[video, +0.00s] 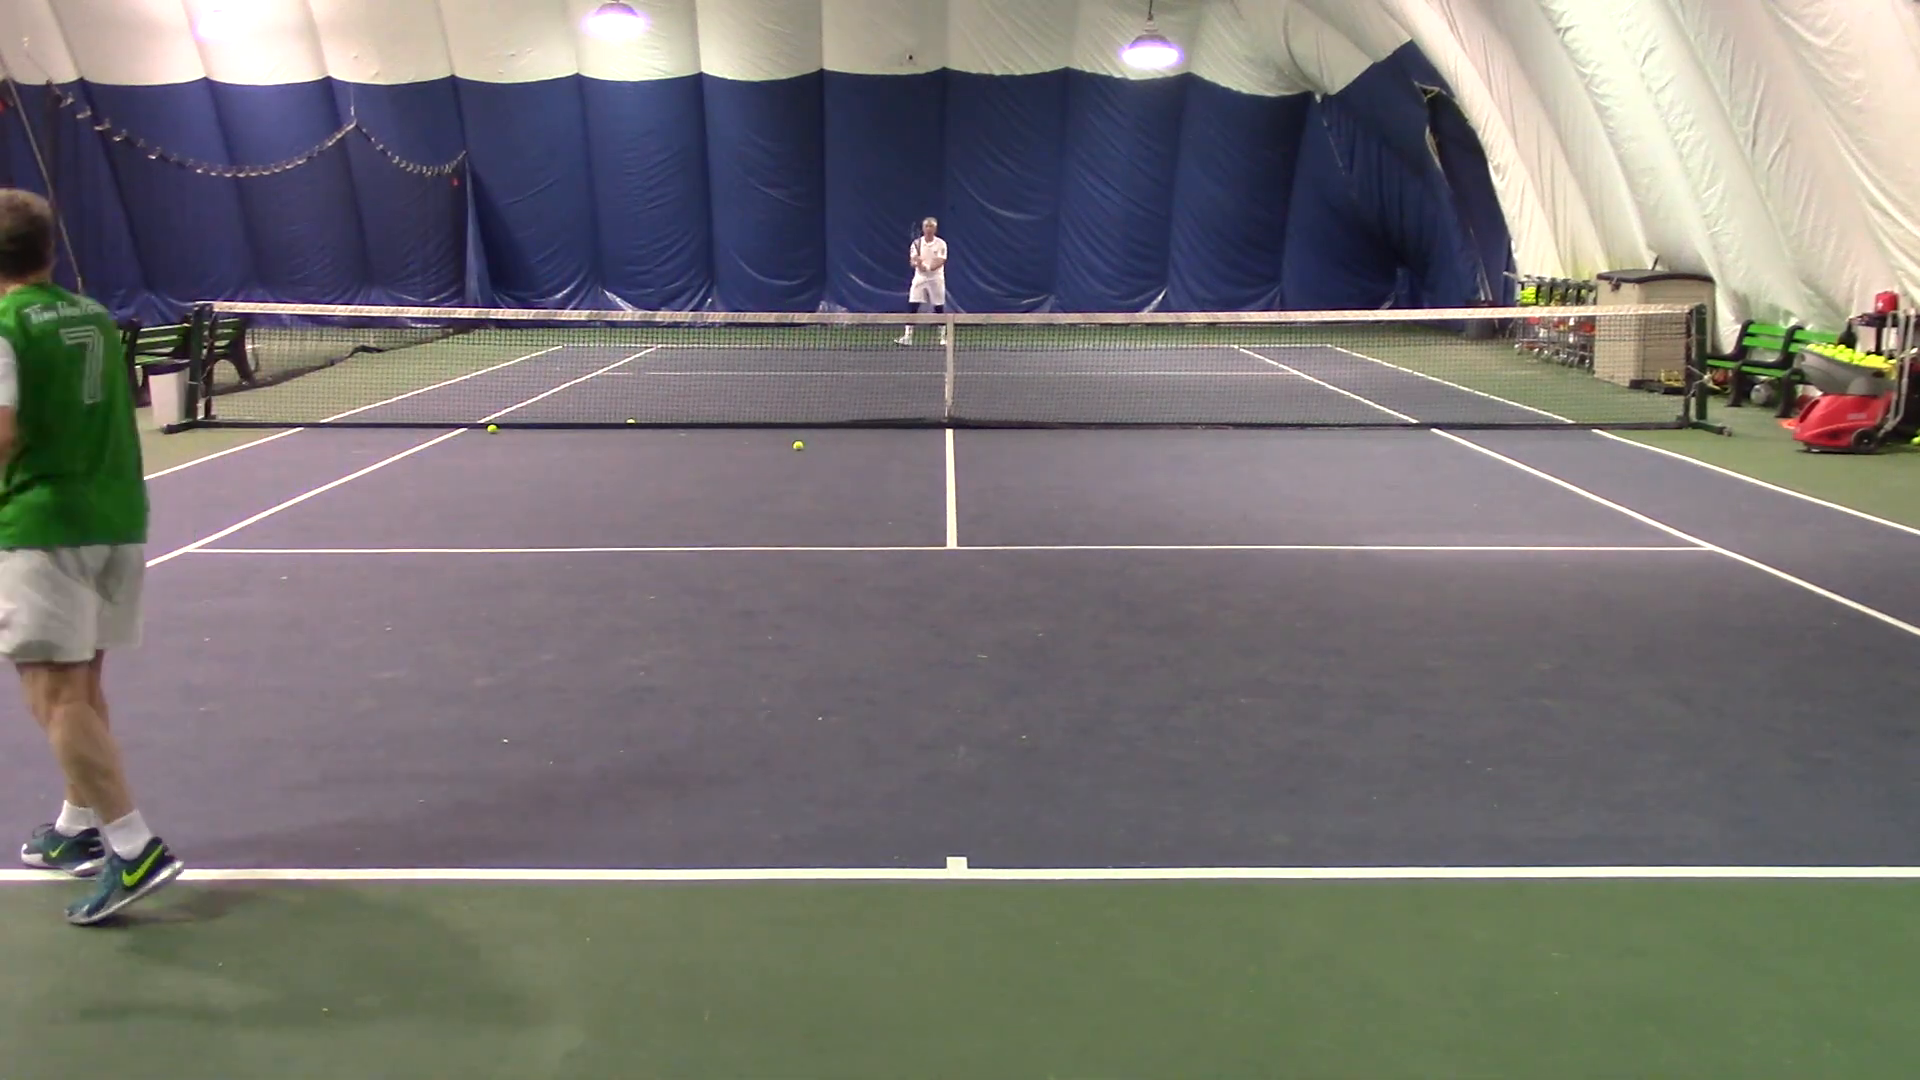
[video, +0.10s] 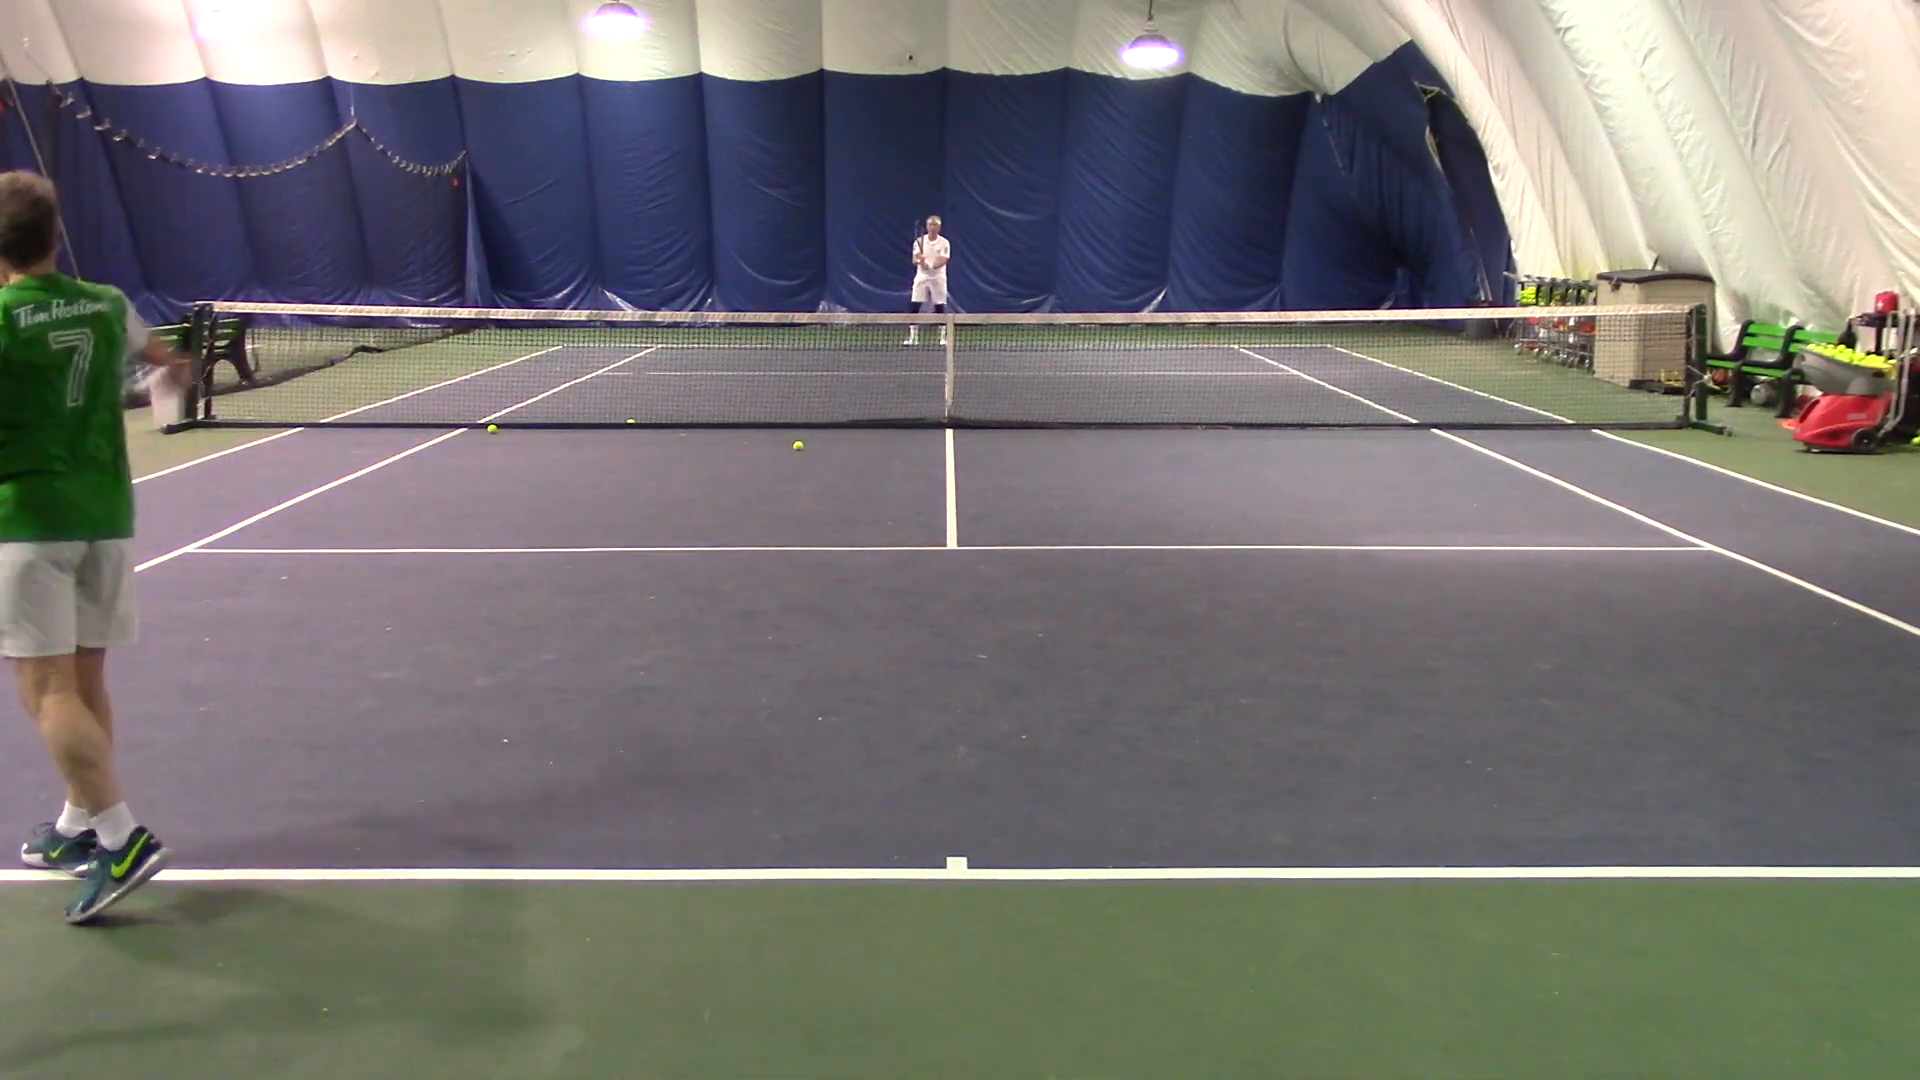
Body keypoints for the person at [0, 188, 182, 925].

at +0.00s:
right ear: (49, 251)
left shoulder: (11, 324)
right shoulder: (97, 316)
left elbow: (8, 432)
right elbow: (115, 417)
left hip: (44, 527)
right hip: (116, 520)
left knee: (55, 698)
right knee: (81, 684)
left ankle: (133, 845)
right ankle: (77, 825)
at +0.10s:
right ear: (58, 237)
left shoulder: (4, 311)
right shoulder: (109, 305)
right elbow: (145, 368)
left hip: (26, 521)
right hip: (106, 517)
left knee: (47, 690)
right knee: (86, 679)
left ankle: (122, 836)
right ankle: (77, 825)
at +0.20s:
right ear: (55, 236)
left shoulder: (1, 308)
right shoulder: (102, 300)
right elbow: (207, 305)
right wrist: (292, 294)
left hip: (19, 525)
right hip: (96, 517)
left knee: (48, 689)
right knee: (82, 681)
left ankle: (113, 834)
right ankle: (76, 827)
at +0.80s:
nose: (76, 239)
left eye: (67, 228)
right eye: (72, 228)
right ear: (64, 237)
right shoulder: (112, 315)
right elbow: (237, 354)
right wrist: (353, 341)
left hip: (20, 547)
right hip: (120, 536)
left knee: (48, 718)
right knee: (135, 692)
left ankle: (69, 893)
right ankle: (155, 831)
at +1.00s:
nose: (105, 241)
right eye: (105, 230)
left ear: (30, 251)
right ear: (105, 241)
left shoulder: (9, 332)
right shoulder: (152, 322)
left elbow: (6, 439)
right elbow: (245, 410)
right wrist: (326, 414)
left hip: (57, 556)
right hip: (161, 544)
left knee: (54, 728)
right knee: (204, 700)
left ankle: (70, 893)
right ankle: (266, 857)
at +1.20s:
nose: (198, 260)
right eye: (195, 250)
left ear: (116, 268)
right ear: (188, 262)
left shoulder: (87, 353)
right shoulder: (235, 347)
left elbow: (69, 488)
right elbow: (290, 461)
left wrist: (75, 538)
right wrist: (294, 489)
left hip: (123, 574)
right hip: (231, 569)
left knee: (89, 725)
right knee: (284, 719)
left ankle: (72, 894)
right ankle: (337, 867)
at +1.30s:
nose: (244, 264)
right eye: (242, 253)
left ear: (169, 270)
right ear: (243, 263)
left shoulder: (141, 353)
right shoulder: (290, 347)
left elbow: (117, 488)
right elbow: (333, 469)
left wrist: (168, 506)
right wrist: (279, 500)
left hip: (176, 574)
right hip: (283, 572)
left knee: (132, 730)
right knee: (317, 735)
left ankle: (87, 894)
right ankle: (344, 900)